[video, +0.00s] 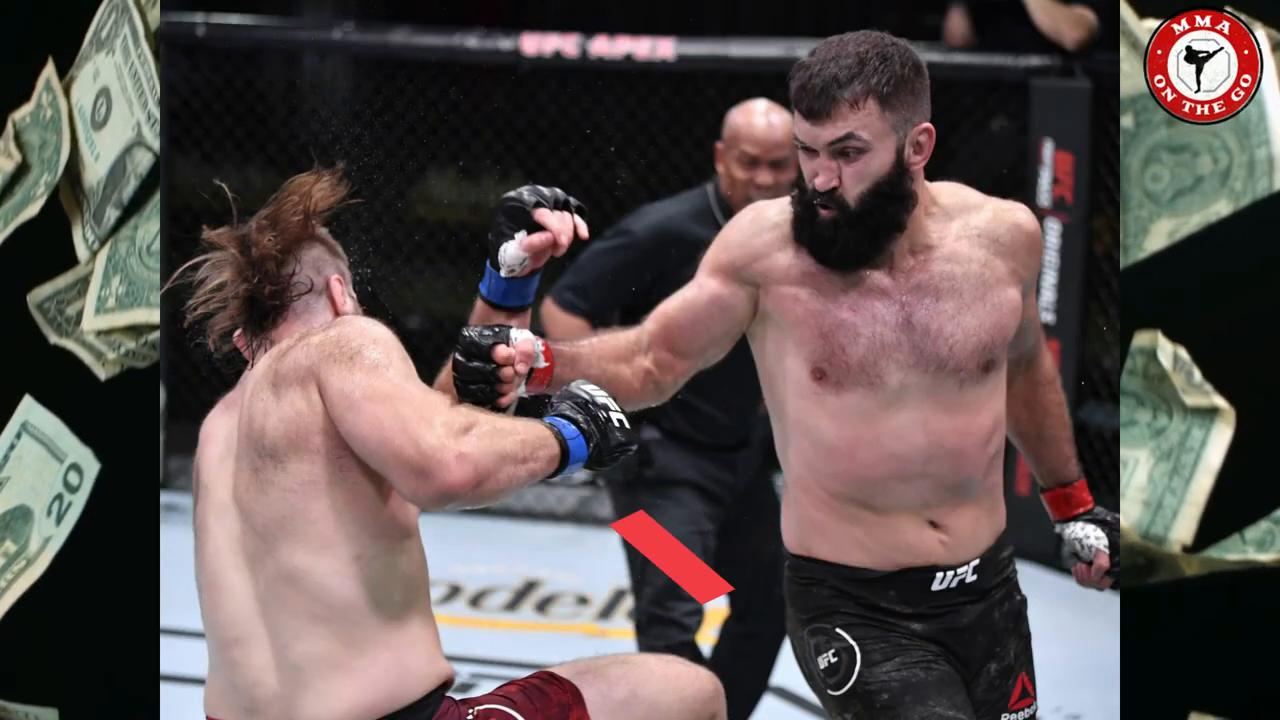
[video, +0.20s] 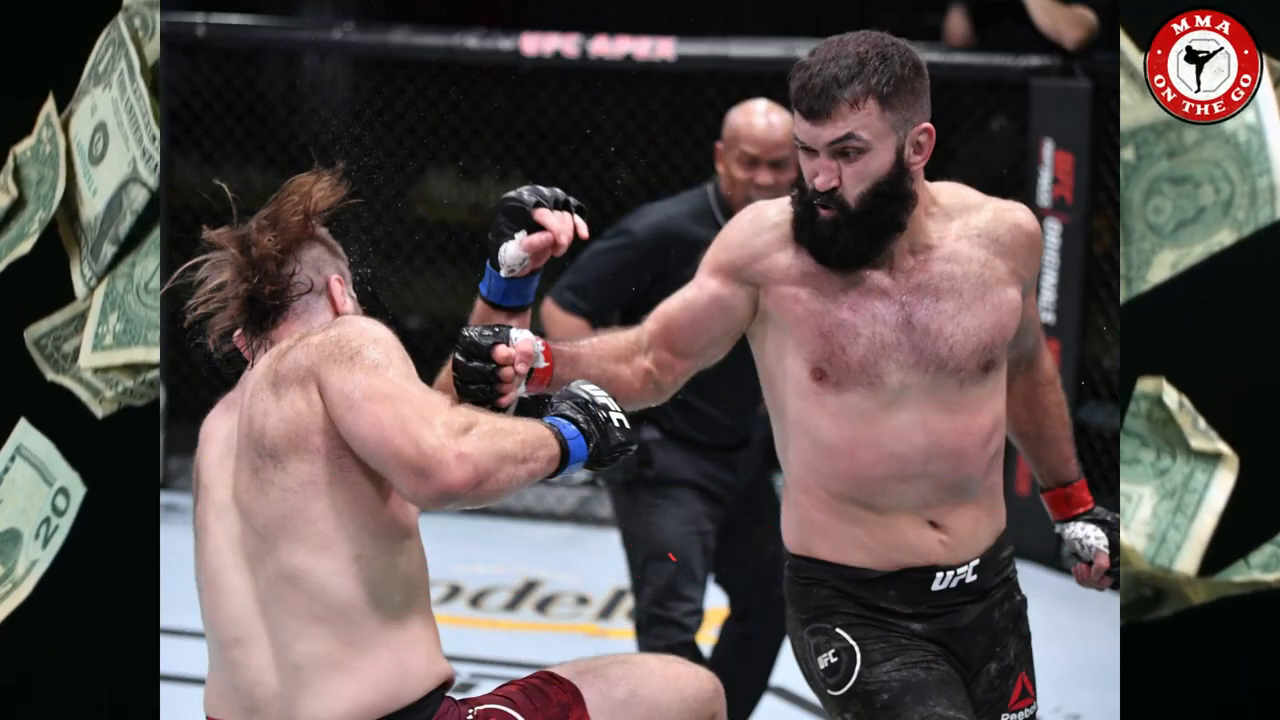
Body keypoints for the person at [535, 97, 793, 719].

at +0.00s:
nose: (767, 181)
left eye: (781, 165)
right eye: (750, 164)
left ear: (800, 162)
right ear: (719, 157)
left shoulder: (803, 238)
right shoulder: (661, 232)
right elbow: (560, 312)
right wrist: (612, 411)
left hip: (751, 460)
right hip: (665, 457)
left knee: (767, 610)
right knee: (671, 615)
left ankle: (721, 719)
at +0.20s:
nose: (766, 181)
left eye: (780, 165)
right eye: (750, 164)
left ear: (800, 163)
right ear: (719, 157)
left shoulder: (804, 239)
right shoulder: (661, 232)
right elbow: (561, 312)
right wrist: (612, 418)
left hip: (750, 462)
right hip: (663, 457)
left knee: (767, 608)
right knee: (671, 612)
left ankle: (722, 718)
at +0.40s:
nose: (767, 181)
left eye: (781, 165)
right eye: (750, 164)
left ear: (799, 162)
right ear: (719, 158)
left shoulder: (804, 238)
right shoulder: (661, 232)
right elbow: (560, 312)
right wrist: (612, 416)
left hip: (750, 460)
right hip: (663, 457)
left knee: (767, 609)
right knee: (671, 615)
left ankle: (720, 719)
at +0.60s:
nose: (767, 181)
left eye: (781, 165)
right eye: (750, 164)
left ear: (799, 162)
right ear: (719, 158)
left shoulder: (804, 238)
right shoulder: (661, 232)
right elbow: (560, 312)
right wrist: (612, 416)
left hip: (750, 460)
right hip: (663, 457)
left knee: (767, 609)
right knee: (671, 615)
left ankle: (720, 719)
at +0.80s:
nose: (767, 180)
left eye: (781, 165)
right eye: (750, 164)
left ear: (799, 162)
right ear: (719, 157)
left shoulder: (803, 239)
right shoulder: (661, 232)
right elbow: (560, 312)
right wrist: (613, 415)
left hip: (749, 460)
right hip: (663, 457)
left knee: (767, 608)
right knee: (671, 615)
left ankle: (720, 719)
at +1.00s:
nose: (766, 180)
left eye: (780, 165)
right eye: (750, 163)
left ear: (799, 163)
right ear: (719, 157)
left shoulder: (803, 238)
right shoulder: (661, 232)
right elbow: (561, 311)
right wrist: (613, 418)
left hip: (749, 460)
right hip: (663, 456)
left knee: (767, 608)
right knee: (671, 614)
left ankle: (721, 718)